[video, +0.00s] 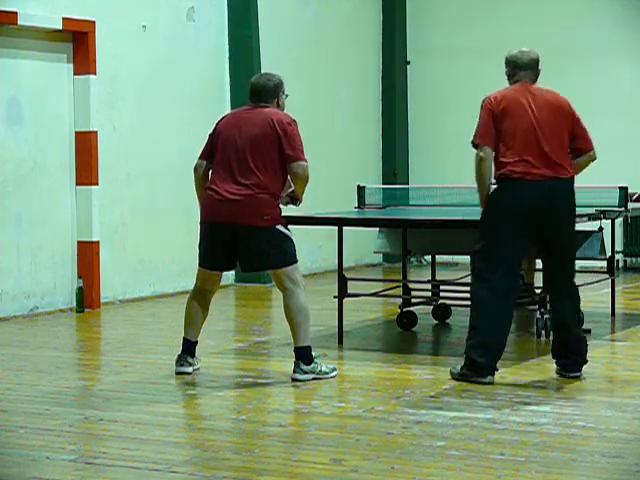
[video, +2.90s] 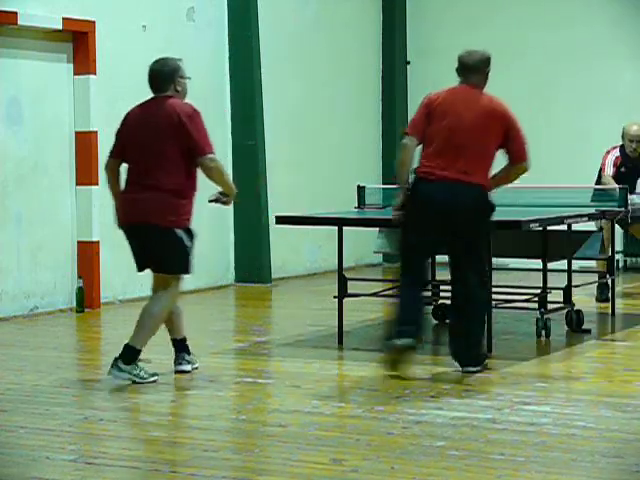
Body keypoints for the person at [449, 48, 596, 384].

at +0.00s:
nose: (508, 78)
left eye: (508, 73)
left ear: (508, 73)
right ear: (538, 74)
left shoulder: (496, 102)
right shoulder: (560, 103)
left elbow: (484, 153)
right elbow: (587, 154)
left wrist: (485, 200)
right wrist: (557, 176)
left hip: (512, 198)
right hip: (558, 198)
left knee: (493, 277)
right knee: (561, 278)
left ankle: (480, 364)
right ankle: (571, 362)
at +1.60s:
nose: (533, 67)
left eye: (531, 63)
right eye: (545, 60)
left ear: (532, 63)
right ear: (561, 61)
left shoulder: (529, 93)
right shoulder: (584, 93)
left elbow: (521, 147)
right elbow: (611, 145)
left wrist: (511, 201)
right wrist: (583, 175)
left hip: (557, 188)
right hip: (596, 188)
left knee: (544, 273)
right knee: (587, 272)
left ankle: (537, 364)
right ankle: (616, 351)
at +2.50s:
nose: (499, 80)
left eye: (498, 75)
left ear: (498, 77)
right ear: (526, 75)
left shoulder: (494, 111)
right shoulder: (552, 106)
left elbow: (482, 165)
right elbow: (578, 155)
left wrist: (472, 217)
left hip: (522, 208)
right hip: (567, 205)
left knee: (486, 279)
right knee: (591, 281)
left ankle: (485, 363)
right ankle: (636, 362)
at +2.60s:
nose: (484, 73)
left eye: (480, 68)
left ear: (479, 70)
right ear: (508, 68)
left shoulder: (469, 107)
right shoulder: (533, 101)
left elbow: (452, 159)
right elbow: (561, 148)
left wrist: (443, 212)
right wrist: (538, 180)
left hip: (496, 203)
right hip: (541, 200)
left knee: (474, 284)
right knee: (560, 275)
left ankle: (484, 364)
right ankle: (606, 346)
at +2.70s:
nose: (479, 65)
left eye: (475, 59)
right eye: (489, 60)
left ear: (469, 62)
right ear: (499, 61)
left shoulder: (452, 97)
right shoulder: (520, 95)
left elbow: (432, 146)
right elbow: (547, 141)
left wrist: (430, 195)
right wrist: (523, 171)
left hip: (472, 194)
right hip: (516, 192)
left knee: (469, 276)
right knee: (528, 268)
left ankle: (478, 359)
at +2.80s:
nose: (489, 66)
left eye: (476, 60)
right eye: (492, 60)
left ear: (465, 61)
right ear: (494, 61)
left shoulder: (444, 91)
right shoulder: (510, 96)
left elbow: (421, 139)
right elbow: (535, 145)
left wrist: (420, 187)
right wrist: (506, 171)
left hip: (448, 187)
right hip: (491, 188)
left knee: (447, 269)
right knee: (491, 270)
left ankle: (456, 343)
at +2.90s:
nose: (481, 78)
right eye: (485, 74)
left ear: (458, 72)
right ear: (487, 75)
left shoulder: (435, 101)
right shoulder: (500, 112)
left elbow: (407, 144)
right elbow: (520, 164)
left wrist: (403, 190)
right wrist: (488, 185)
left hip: (427, 197)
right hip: (470, 201)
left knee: (413, 265)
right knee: (471, 276)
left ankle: (406, 333)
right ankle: (470, 358)